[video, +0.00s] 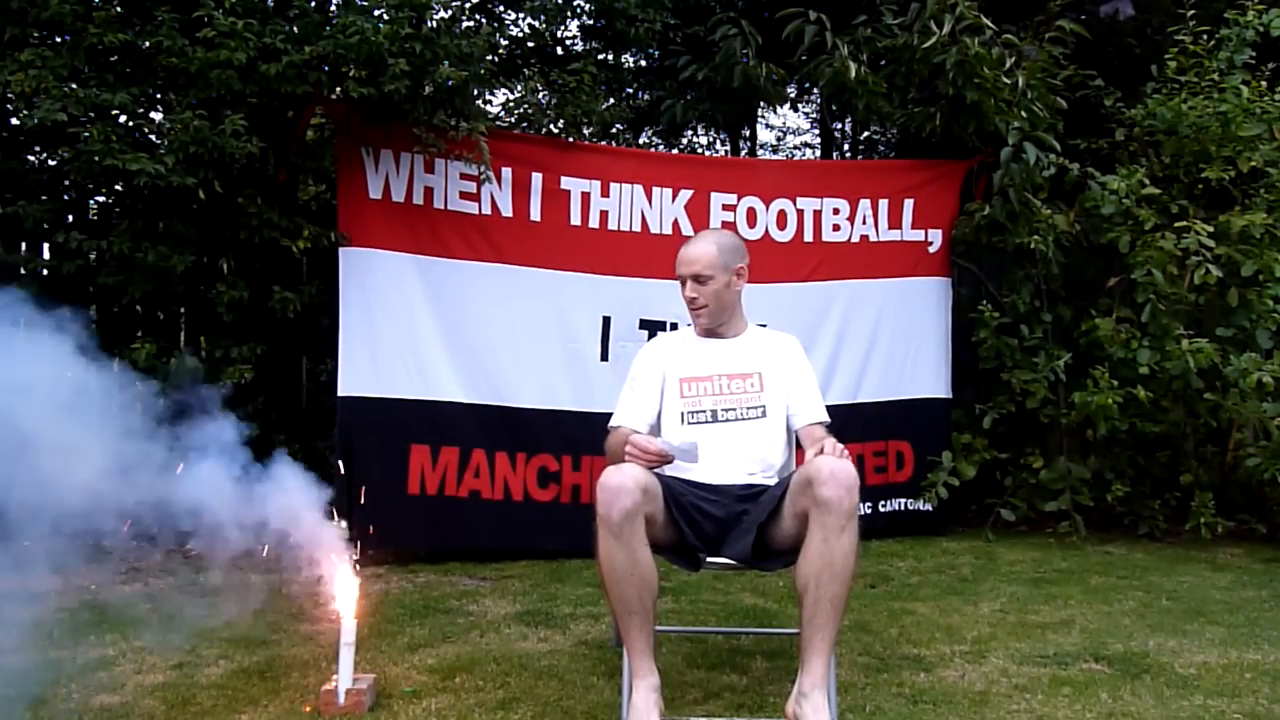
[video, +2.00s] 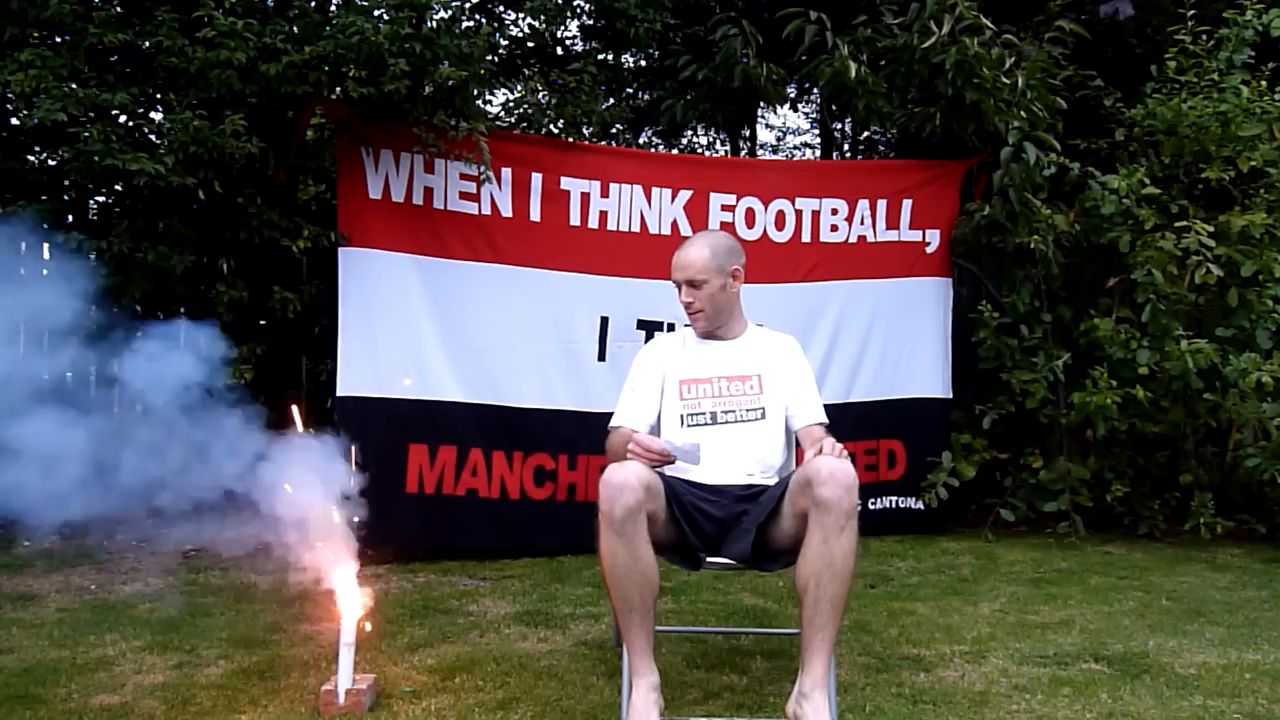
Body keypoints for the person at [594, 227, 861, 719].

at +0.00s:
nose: (689, 295)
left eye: (701, 281)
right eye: (683, 282)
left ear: (739, 279)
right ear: (678, 283)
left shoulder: (783, 349)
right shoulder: (660, 351)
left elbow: (813, 435)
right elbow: (615, 442)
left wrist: (825, 446)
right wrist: (632, 445)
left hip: (767, 504)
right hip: (679, 503)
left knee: (838, 477)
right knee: (615, 486)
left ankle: (812, 689)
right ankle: (643, 683)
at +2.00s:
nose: (685, 299)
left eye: (696, 285)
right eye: (679, 287)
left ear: (735, 279)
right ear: (674, 286)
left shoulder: (782, 350)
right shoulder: (659, 352)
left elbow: (812, 437)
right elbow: (616, 442)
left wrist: (823, 446)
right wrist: (635, 445)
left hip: (768, 505)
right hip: (680, 503)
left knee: (836, 477)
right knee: (617, 485)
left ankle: (812, 690)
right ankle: (642, 682)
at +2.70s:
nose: (714, 284)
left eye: (726, 272)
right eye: (702, 272)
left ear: (746, 276)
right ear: (686, 280)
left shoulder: (782, 349)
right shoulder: (657, 351)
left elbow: (812, 436)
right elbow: (613, 444)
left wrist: (824, 448)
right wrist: (632, 440)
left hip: (767, 503)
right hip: (679, 503)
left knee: (835, 478)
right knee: (619, 483)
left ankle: (812, 690)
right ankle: (642, 682)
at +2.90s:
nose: (715, 285)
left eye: (727, 273)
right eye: (703, 274)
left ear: (746, 278)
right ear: (687, 281)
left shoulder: (781, 349)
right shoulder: (656, 351)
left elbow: (812, 436)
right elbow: (613, 449)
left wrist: (824, 448)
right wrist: (634, 437)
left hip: (766, 504)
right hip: (678, 502)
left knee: (834, 478)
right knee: (617, 484)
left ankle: (811, 691)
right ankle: (642, 681)